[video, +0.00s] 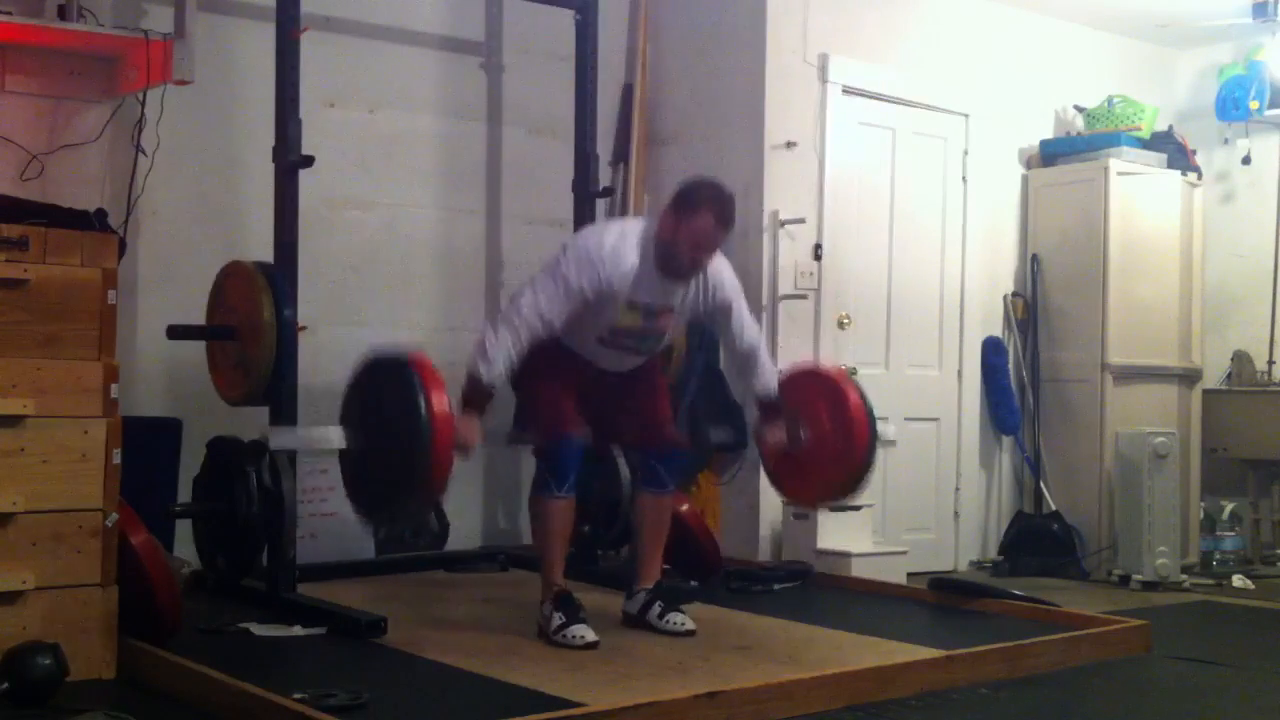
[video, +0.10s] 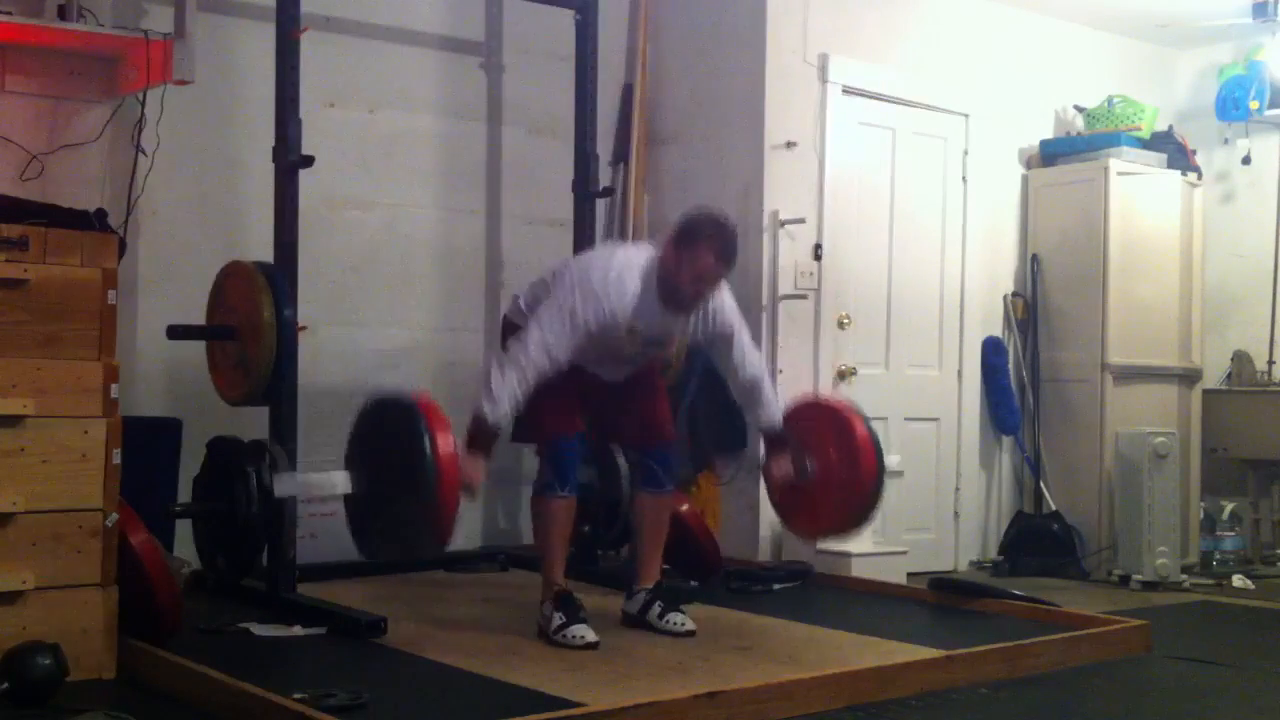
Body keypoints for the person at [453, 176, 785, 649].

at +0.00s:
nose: (699, 260)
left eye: (710, 250)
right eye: (695, 245)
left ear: (720, 244)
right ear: (668, 222)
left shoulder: (714, 275)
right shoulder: (605, 250)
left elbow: (746, 340)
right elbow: (525, 312)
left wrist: (770, 408)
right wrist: (473, 402)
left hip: (635, 368)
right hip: (561, 357)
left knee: (661, 459)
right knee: (564, 450)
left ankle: (645, 596)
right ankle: (555, 600)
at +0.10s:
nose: (700, 292)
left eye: (710, 283)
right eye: (695, 277)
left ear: (721, 277)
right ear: (671, 253)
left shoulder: (712, 300)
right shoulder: (607, 280)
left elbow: (746, 365)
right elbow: (533, 346)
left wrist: (777, 437)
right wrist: (481, 438)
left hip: (630, 357)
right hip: (550, 344)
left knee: (657, 460)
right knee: (563, 457)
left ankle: (645, 594)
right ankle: (555, 599)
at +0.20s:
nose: (700, 359)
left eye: (709, 349)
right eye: (694, 345)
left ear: (722, 337)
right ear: (672, 318)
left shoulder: (713, 343)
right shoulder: (608, 332)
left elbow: (746, 408)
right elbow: (536, 405)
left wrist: (783, 488)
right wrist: (485, 500)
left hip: (630, 371)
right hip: (543, 351)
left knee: (662, 459)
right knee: (569, 457)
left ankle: (644, 596)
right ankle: (556, 600)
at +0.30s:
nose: (698, 400)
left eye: (708, 392)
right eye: (693, 386)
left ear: (721, 376)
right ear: (671, 354)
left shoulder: (710, 375)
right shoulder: (604, 362)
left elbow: (749, 438)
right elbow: (532, 441)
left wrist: (785, 515)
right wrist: (488, 536)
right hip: (539, 355)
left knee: (668, 454)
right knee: (570, 456)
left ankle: (644, 594)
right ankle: (557, 599)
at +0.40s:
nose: (689, 432)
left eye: (701, 426)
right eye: (689, 420)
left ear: (721, 406)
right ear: (671, 381)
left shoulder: (720, 391)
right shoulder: (607, 378)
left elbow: (761, 451)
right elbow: (522, 443)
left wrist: (791, 524)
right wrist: (485, 542)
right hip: (539, 352)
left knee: (672, 457)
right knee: (573, 459)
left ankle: (646, 594)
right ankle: (557, 600)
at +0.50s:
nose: (693, 419)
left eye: (703, 412)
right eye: (692, 406)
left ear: (716, 395)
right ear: (674, 371)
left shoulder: (712, 381)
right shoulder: (613, 371)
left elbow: (752, 449)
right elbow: (542, 448)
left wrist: (788, 526)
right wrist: (491, 544)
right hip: (538, 350)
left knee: (673, 452)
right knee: (574, 458)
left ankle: (648, 593)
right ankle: (554, 597)